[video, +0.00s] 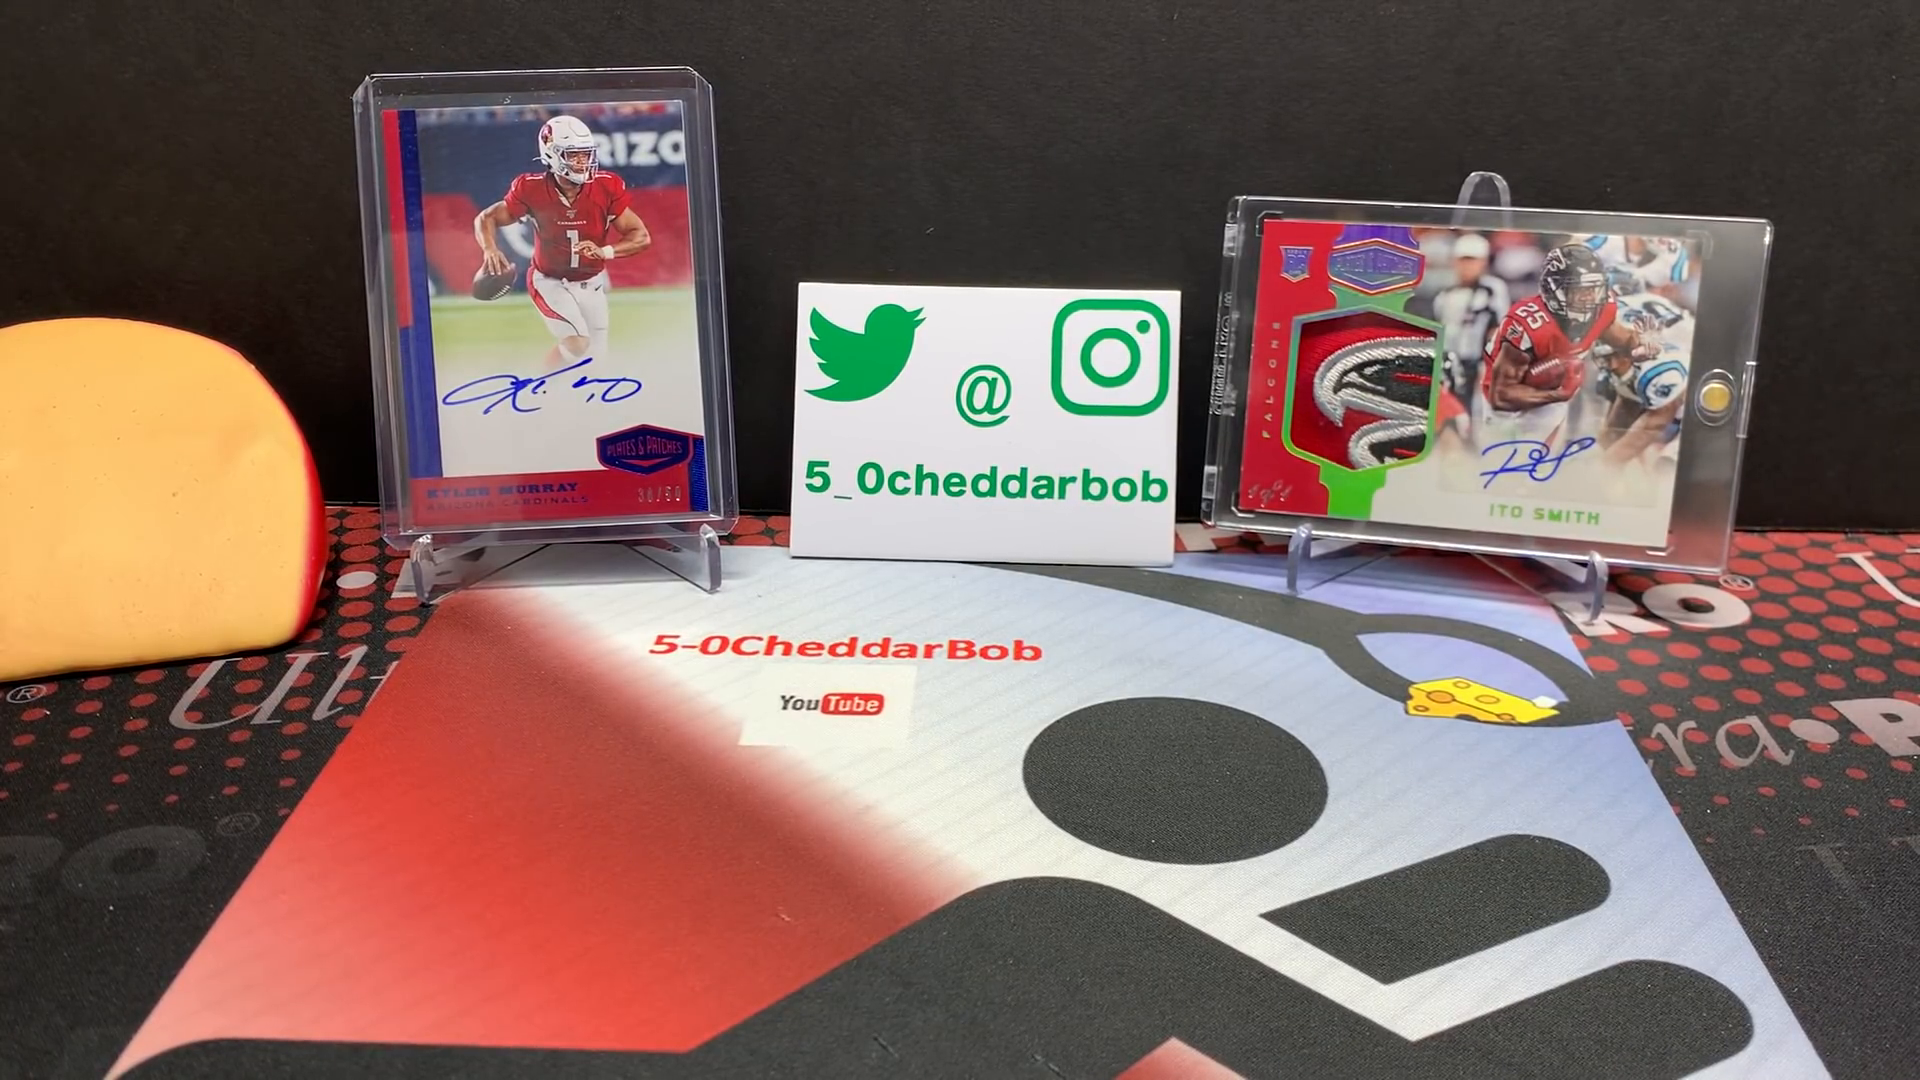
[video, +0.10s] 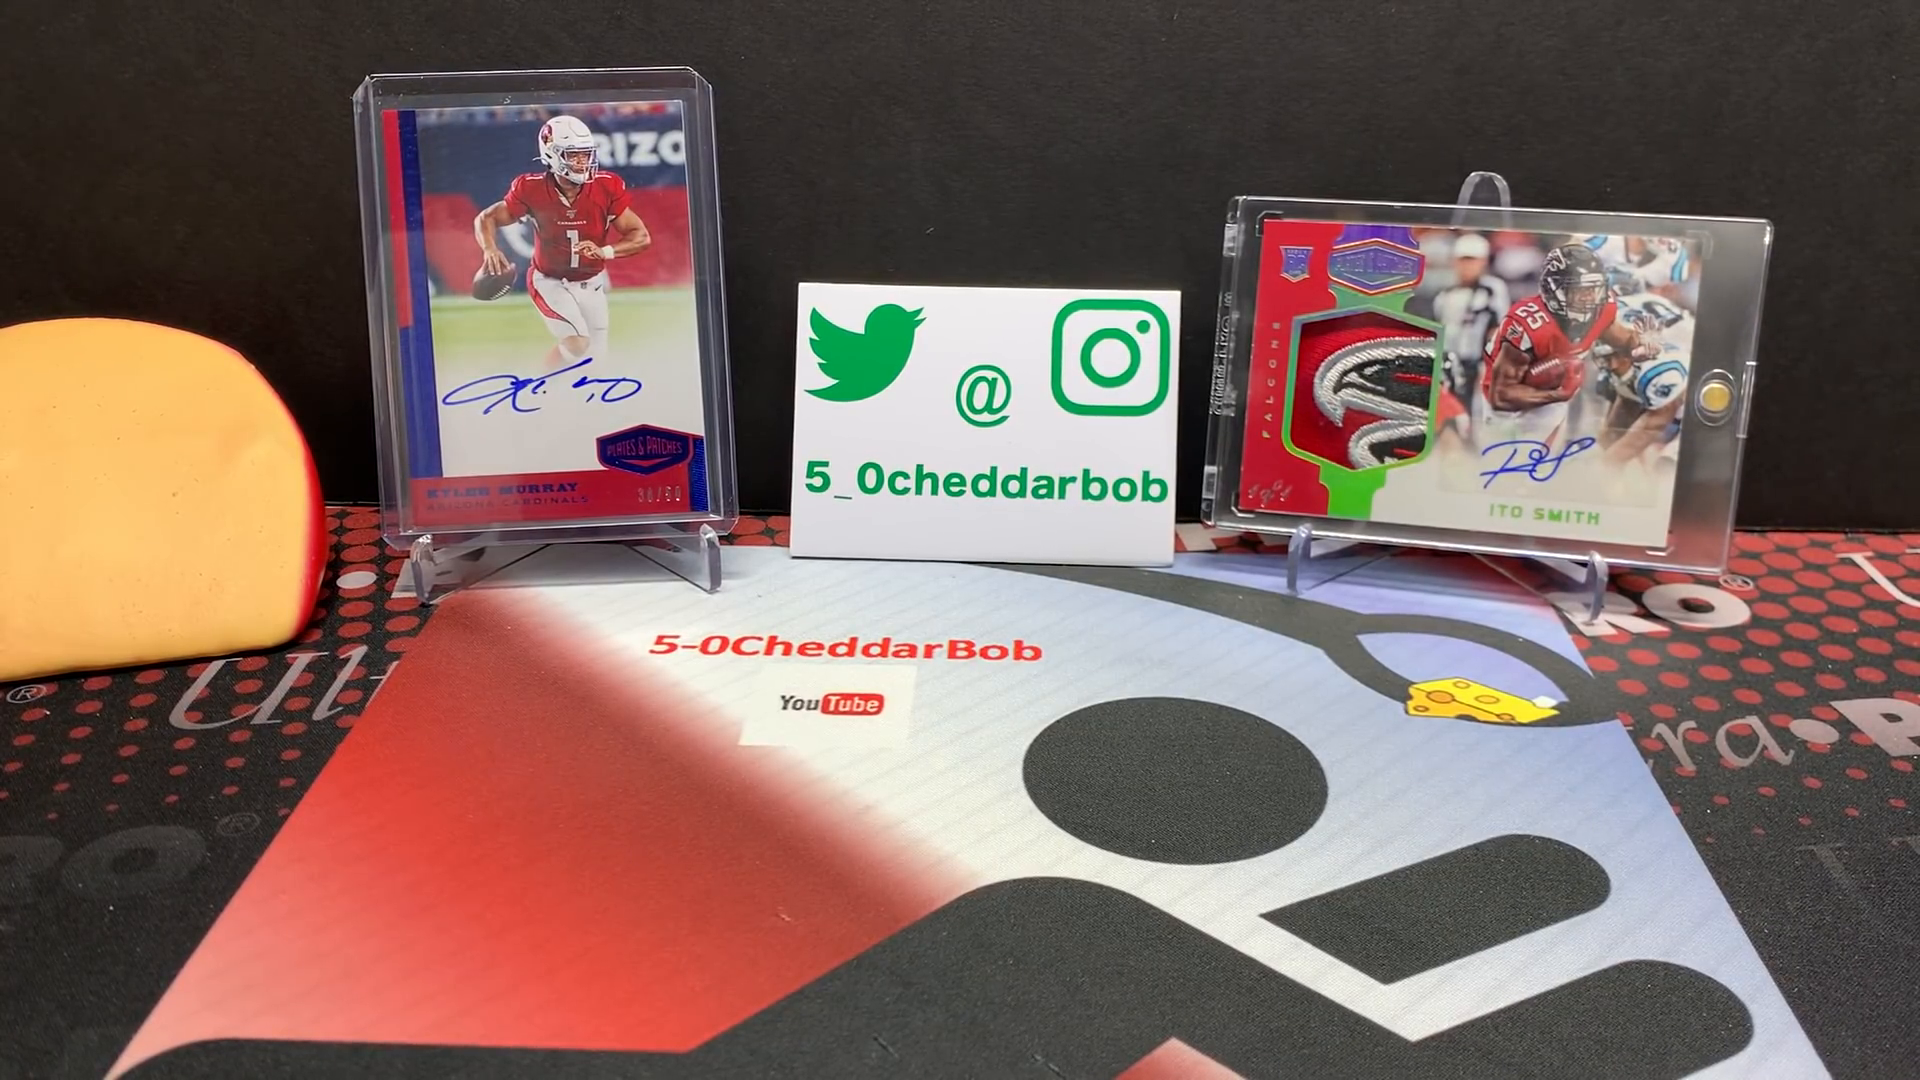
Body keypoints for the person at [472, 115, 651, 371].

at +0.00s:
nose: (581, 162)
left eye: (585, 155)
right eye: (572, 156)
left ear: (592, 154)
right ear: (552, 155)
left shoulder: (607, 187)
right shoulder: (530, 189)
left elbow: (641, 237)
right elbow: (484, 219)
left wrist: (605, 252)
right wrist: (490, 249)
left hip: (591, 282)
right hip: (548, 280)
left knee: (596, 361)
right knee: (576, 343)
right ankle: (533, 392)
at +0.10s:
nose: (580, 162)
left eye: (585, 155)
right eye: (572, 156)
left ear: (592, 154)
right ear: (552, 155)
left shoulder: (607, 187)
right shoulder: (530, 189)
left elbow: (641, 237)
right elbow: (484, 219)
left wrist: (605, 252)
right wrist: (490, 249)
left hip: (591, 282)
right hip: (549, 280)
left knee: (596, 360)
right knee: (576, 344)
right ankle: (533, 391)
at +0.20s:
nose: (580, 162)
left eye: (585, 155)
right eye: (572, 156)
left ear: (592, 154)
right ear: (552, 155)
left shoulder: (607, 187)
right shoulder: (530, 189)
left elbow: (641, 237)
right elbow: (484, 219)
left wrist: (605, 252)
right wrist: (490, 249)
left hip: (591, 282)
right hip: (549, 280)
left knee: (596, 360)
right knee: (576, 344)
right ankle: (533, 391)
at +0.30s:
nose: (580, 162)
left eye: (585, 155)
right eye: (572, 156)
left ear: (592, 154)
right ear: (552, 155)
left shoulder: (607, 187)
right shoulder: (530, 189)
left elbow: (641, 237)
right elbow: (484, 219)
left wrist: (605, 252)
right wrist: (490, 249)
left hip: (591, 282)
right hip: (548, 280)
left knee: (595, 361)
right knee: (576, 343)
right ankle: (533, 391)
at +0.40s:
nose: (580, 162)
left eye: (585, 155)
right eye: (572, 156)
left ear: (592, 154)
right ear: (552, 155)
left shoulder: (607, 186)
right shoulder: (530, 189)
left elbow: (641, 237)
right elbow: (484, 219)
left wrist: (605, 252)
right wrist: (490, 249)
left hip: (591, 282)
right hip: (548, 280)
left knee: (595, 361)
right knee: (576, 343)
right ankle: (533, 391)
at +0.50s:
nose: (580, 162)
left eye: (585, 155)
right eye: (572, 156)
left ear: (592, 154)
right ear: (552, 155)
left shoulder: (607, 186)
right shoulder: (530, 189)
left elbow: (641, 237)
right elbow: (484, 219)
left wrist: (605, 252)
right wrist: (490, 249)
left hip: (591, 282)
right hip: (548, 280)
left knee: (595, 361)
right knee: (576, 343)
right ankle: (533, 391)